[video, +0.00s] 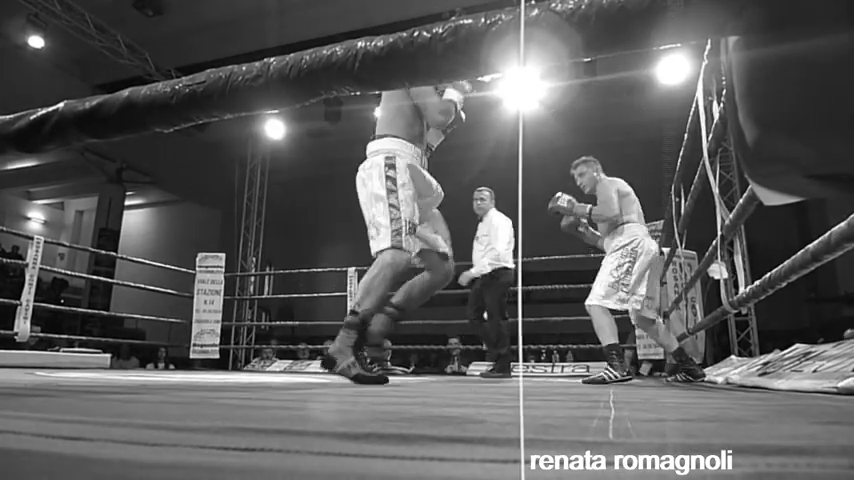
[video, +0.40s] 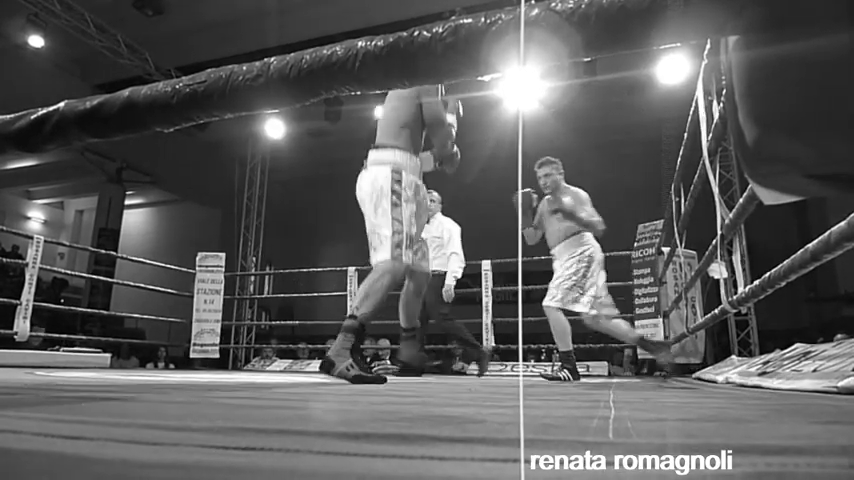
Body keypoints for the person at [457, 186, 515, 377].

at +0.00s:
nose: (477, 203)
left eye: (482, 200)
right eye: (475, 200)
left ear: (491, 202)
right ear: (473, 203)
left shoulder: (500, 221)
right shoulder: (484, 223)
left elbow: (498, 253)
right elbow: (486, 253)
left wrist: (473, 272)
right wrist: (475, 272)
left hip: (499, 272)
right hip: (485, 273)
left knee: (496, 316)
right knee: (474, 314)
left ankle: (503, 364)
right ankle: (495, 352)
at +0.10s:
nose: (465, 204)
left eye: (470, 200)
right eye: (463, 200)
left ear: (479, 203)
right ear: (459, 204)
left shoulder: (488, 224)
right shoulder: (468, 226)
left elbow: (486, 254)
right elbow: (470, 255)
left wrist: (458, 268)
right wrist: (459, 269)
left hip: (486, 274)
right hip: (470, 275)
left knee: (489, 318)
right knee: (456, 319)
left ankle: (502, 365)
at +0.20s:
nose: (455, 206)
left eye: (460, 202)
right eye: (453, 202)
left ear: (468, 206)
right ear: (449, 206)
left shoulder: (478, 226)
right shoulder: (455, 230)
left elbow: (480, 256)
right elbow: (458, 257)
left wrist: (452, 273)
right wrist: (450, 273)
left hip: (477, 277)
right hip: (459, 278)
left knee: (485, 320)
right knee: (446, 322)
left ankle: (501, 366)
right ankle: (420, 363)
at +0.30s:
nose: (444, 207)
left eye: (448, 203)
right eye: (441, 203)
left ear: (457, 207)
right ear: (437, 207)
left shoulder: (467, 228)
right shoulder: (444, 230)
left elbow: (470, 258)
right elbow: (446, 257)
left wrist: (450, 278)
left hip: (462, 279)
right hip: (444, 279)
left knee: (475, 321)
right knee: (430, 322)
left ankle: (498, 363)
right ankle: (414, 365)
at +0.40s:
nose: (429, 204)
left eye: (433, 201)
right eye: (427, 201)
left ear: (440, 205)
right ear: (422, 203)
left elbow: (456, 256)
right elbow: (414, 254)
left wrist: (450, 282)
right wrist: (411, 279)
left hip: (439, 275)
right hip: (421, 275)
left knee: (441, 318)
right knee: (419, 318)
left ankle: (479, 352)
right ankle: (415, 360)